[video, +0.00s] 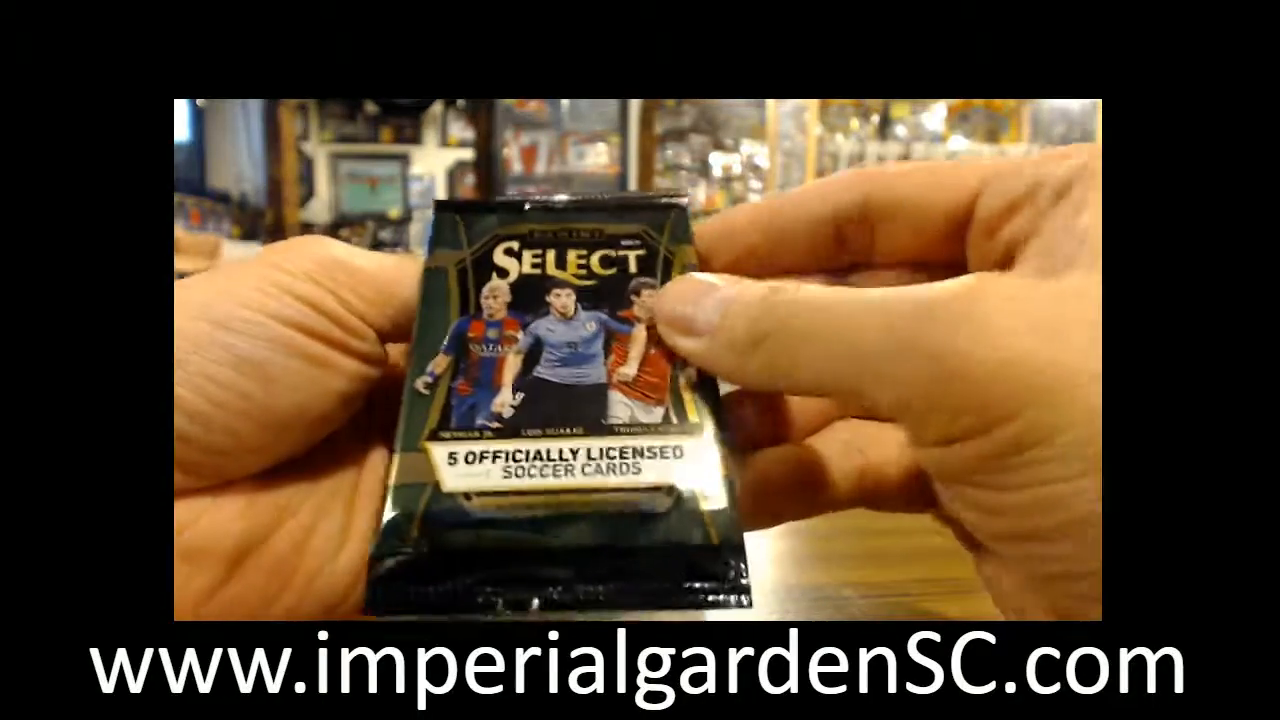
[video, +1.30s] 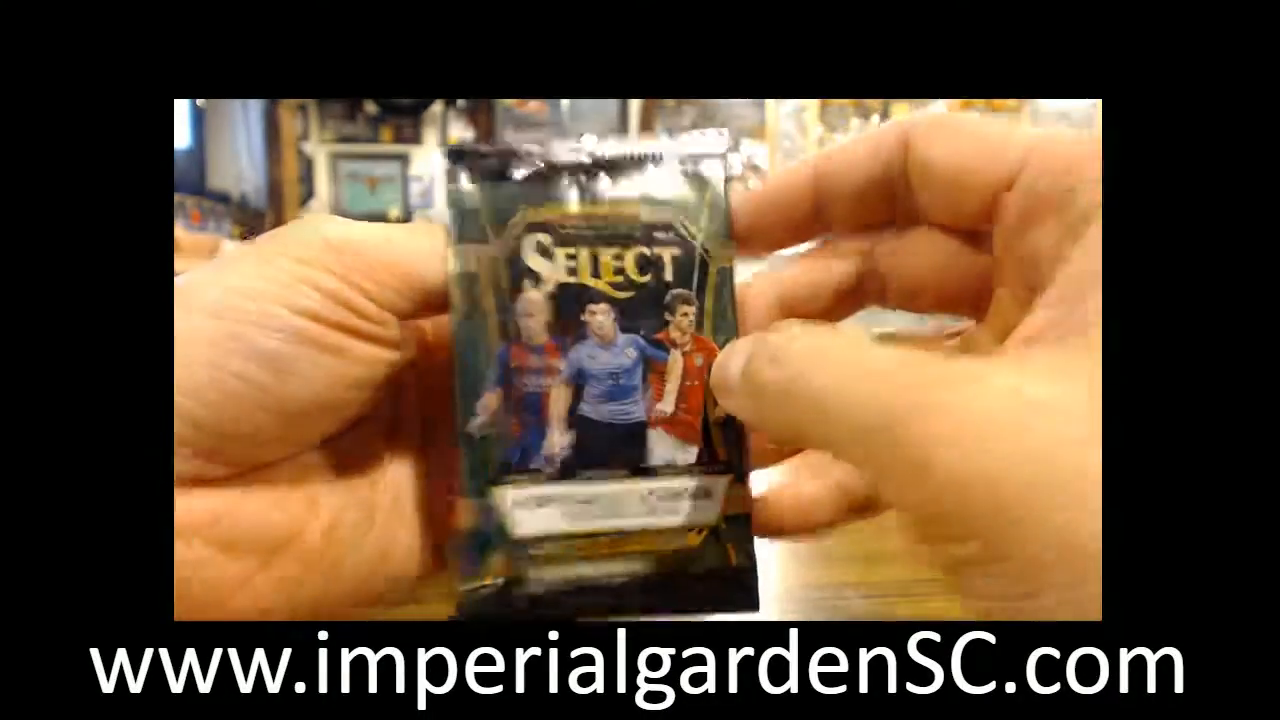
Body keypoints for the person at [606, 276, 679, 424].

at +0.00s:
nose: (653, 302)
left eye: (655, 296)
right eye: (649, 296)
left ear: (660, 298)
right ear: (634, 298)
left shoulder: (667, 324)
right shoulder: (622, 320)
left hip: (654, 398)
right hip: (622, 391)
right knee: (617, 444)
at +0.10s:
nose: (668, 304)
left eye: (671, 299)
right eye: (663, 299)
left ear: (674, 301)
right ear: (647, 300)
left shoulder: (681, 329)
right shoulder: (630, 325)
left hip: (664, 405)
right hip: (631, 398)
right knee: (624, 451)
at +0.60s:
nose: (687, 321)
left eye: (689, 317)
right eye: (681, 316)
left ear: (692, 318)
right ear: (666, 318)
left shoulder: (702, 348)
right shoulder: (646, 341)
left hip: (679, 424)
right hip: (646, 417)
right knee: (639, 471)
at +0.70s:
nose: (684, 322)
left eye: (686, 317)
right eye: (679, 316)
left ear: (692, 318)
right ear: (666, 317)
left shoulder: (693, 349)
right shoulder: (650, 341)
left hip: (678, 420)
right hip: (646, 414)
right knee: (639, 467)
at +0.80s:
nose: (686, 315)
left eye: (689, 309)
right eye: (680, 310)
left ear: (692, 310)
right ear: (666, 310)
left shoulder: (702, 343)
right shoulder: (649, 337)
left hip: (679, 420)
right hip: (645, 415)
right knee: (639, 474)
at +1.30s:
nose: (691, 320)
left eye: (693, 314)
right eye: (684, 315)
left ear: (697, 315)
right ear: (669, 317)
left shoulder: (707, 348)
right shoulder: (655, 346)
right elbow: (638, 382)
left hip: (691, 428)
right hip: (661, 425)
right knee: (660, 487)